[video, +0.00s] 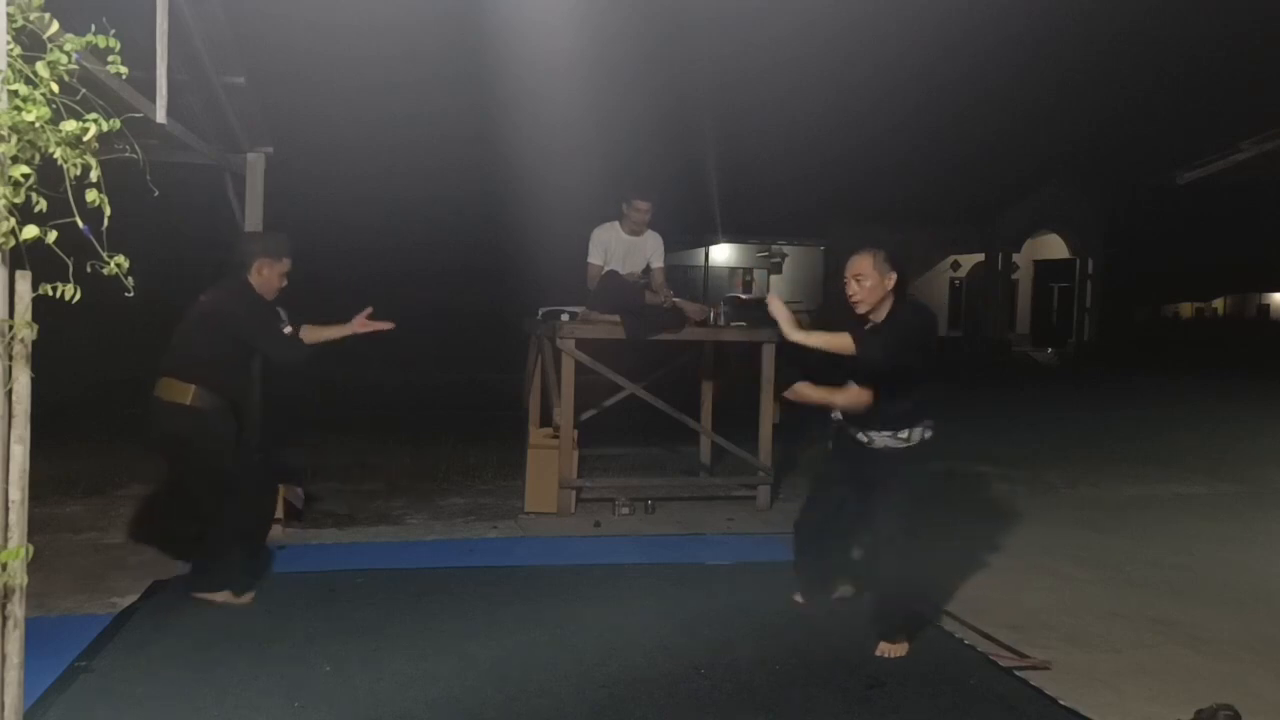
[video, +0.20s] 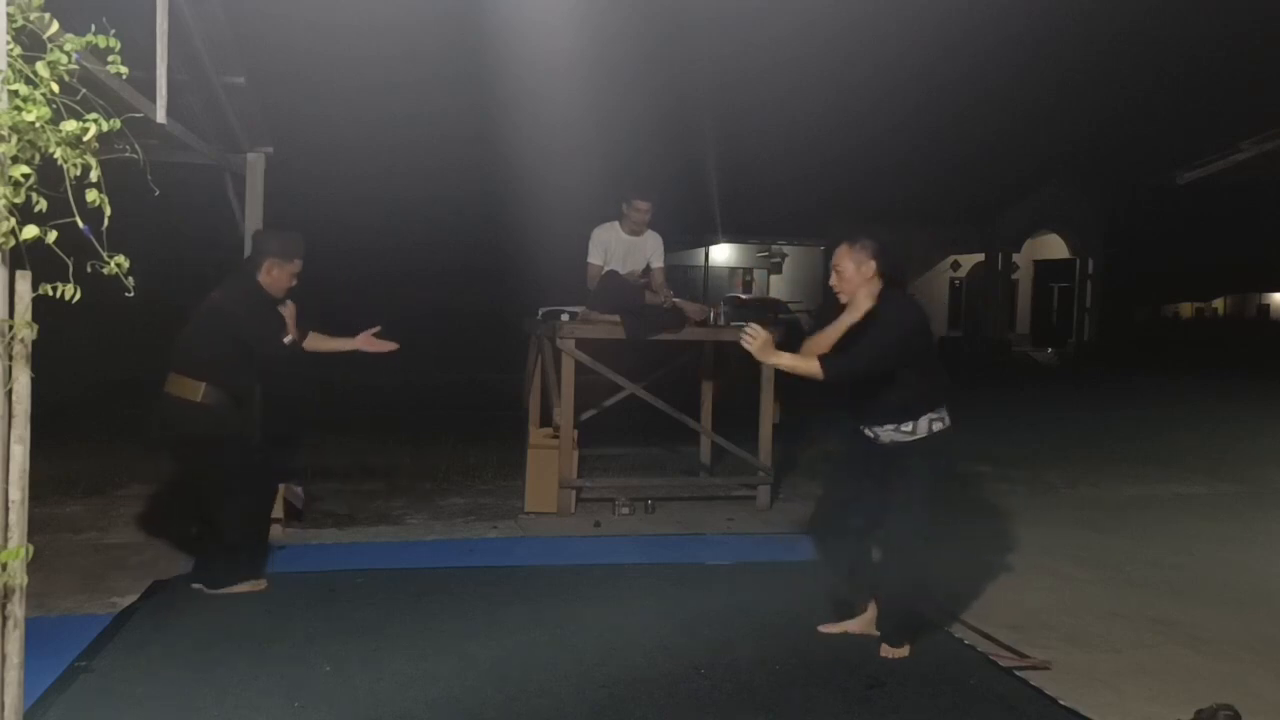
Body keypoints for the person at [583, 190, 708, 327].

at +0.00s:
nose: (642, 217)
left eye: (647, 212)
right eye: (637, 211)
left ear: (651, 213)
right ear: (625, 209)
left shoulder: (654, 240)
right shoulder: (602, 234)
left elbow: (659, 283)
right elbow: (592, 283)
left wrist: (665, 295)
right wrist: (623, 280)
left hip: (637, 299)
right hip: (604, 299)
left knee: (676, 317)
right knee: (611, 278)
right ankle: (680, 305)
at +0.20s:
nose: (643, 217)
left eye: (647, 212)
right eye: (637, 211)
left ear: (652, 213)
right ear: (624, 209)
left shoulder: (654, 240)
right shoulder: (602, 234)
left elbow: (659, 283)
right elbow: (592, 283)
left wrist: (665, 295)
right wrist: (625, 280)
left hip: (636, 302)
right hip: (603, 301)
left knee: (676, 317)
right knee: (611, 278)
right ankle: (679, 306)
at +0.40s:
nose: (642, 218)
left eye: (647, 212)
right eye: (637, 211)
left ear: (651, 214)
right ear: (624, 209)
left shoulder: (654, 240)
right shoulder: (602, 234)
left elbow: (659, 283)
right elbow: (592, 283)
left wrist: (665, 295)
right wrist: (623, 281)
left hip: (637, 300)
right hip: (603, 300)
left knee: (675, 317)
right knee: (611, 278)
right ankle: (679, 306)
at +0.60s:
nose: (643, 218)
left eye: (647, 213)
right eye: (637, 212)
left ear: (651, 214)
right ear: (624, 209)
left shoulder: (654, 240)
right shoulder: (602, 234)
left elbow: (659, 283)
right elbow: (592, 283)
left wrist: (665, 295)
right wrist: (624, 281)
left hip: (635, 301)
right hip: (602, 301)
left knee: (676, 318)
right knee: (611, 278)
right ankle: (679, 306)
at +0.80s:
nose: (642, 218)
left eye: (646, 213)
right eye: (637, 211)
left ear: (651, 213)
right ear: (624, 209)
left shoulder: (654, 240)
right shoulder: (602, 234)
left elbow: (658, 283)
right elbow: (592, 283)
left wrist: (665, 294)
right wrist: (623, 281)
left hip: (636, 302)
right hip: (603, 302)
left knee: (676, 317)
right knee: (611, 278)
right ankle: (679, 307)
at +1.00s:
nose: (643, 218)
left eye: (648, 213)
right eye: (638, 211)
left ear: (652, 213)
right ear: (624, 209)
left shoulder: (654, 240)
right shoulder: (602, 234)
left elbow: (659, 283)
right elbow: (592, 283)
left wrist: (667, 298)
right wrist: (622, 282)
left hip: (637, 302)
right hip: (603, 301)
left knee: (676, 317)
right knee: (611, 278)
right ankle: (679, 306)